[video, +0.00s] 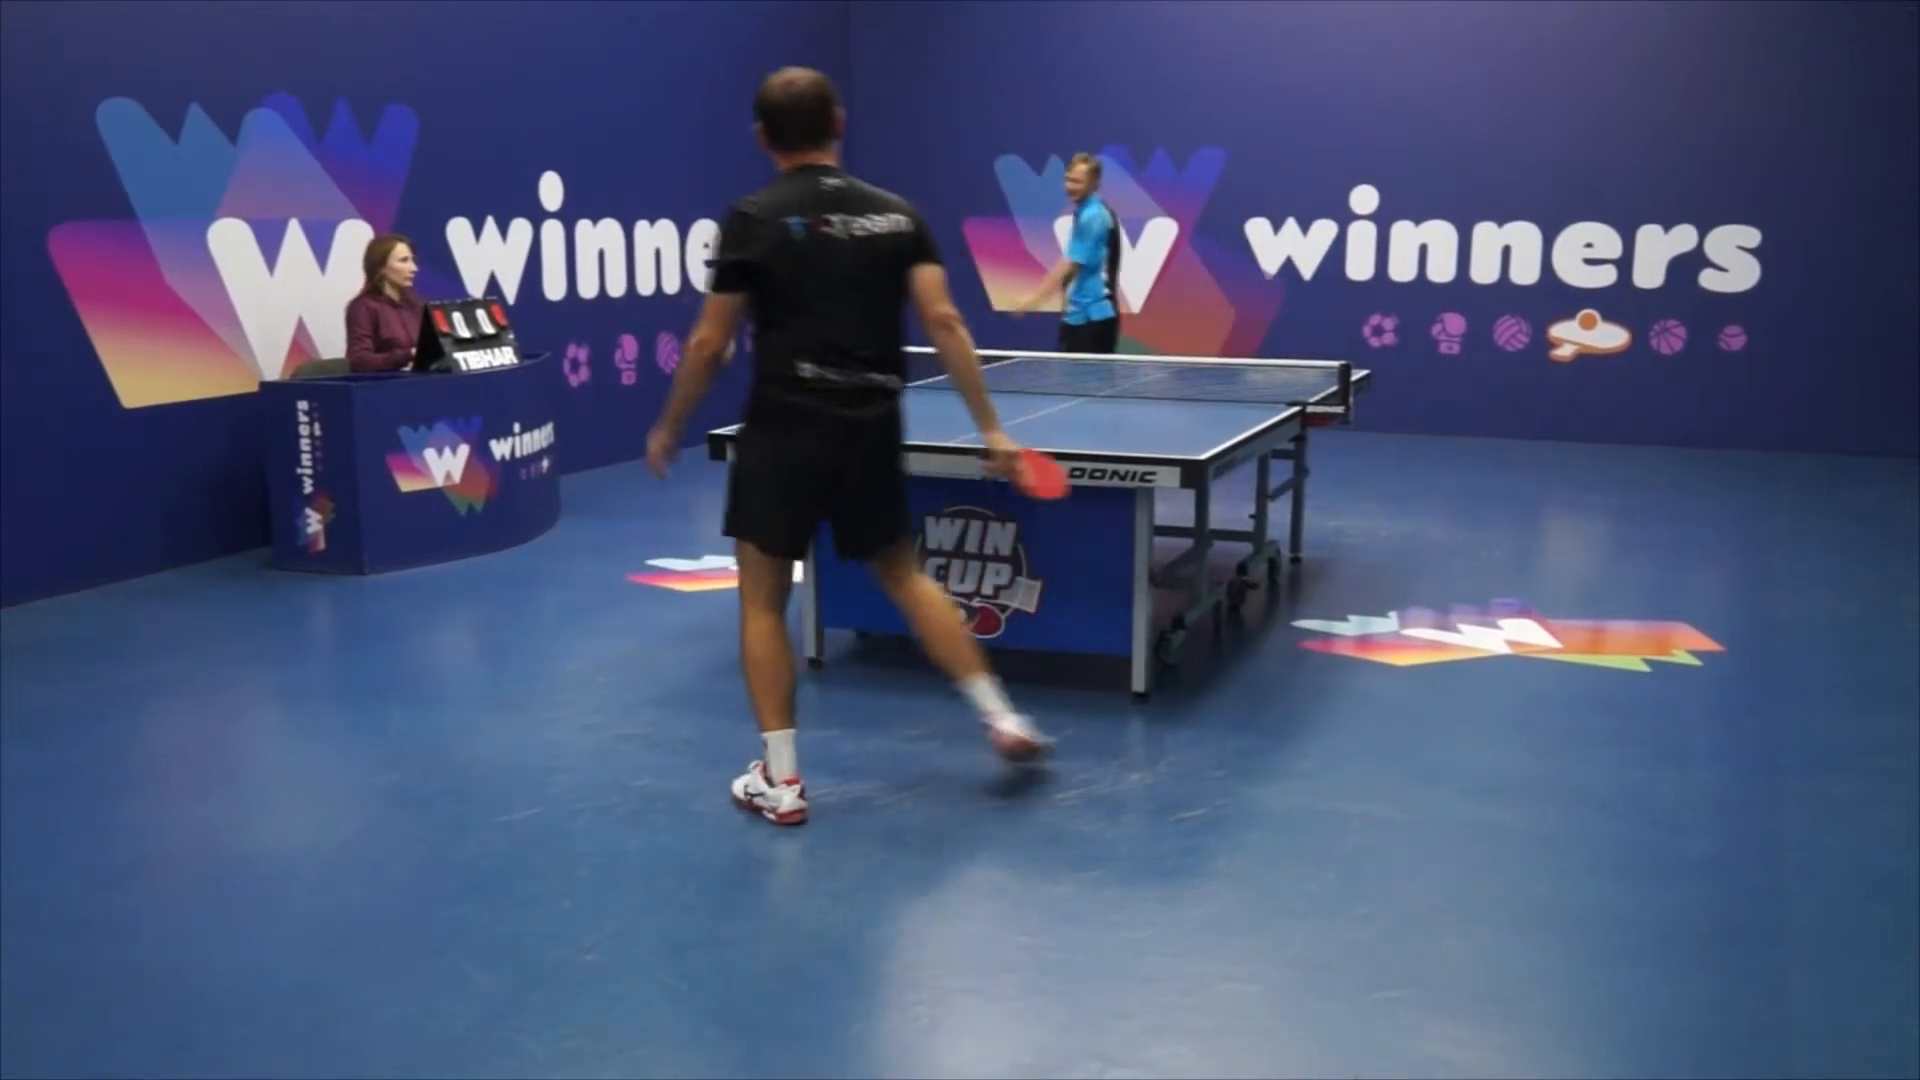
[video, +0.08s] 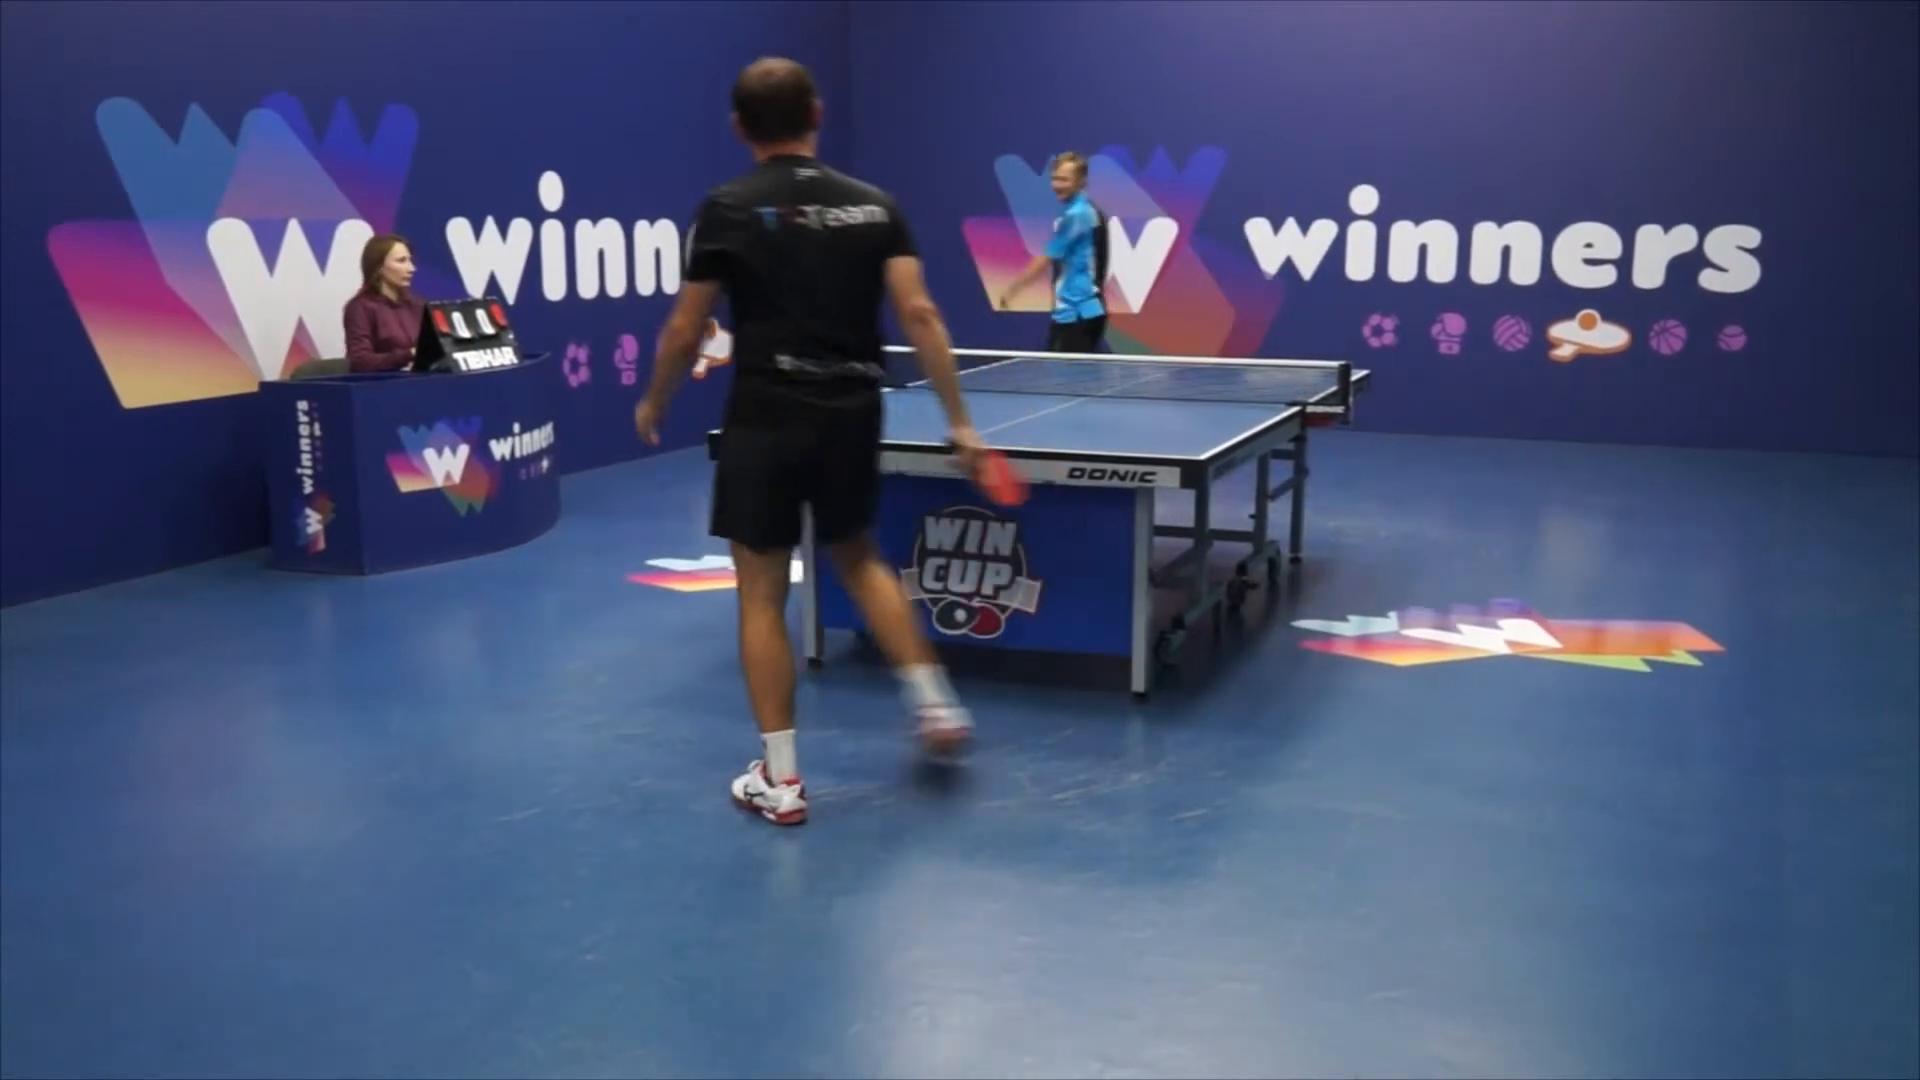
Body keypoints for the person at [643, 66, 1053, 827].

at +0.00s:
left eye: (758, 130)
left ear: (763, 137)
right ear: (837, 128)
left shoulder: (752, 222)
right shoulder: (895, 215)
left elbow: (710, 345)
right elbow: (944, 322)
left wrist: (668, 425)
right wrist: (991, 428)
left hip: (783, 440)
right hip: (872, 439)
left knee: (762, 599)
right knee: (906, 574)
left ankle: (781, 777)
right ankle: (1001, 716)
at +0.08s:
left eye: (737, 120)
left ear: (740, 127)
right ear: (815, 117)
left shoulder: (727, 211)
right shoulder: (872, 206)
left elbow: (686, 330)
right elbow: (919, 316)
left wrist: (654, 402)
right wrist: (960, 423)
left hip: (765, 428)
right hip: (851, 424)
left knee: (761, 598)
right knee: (859, 555)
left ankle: (781, 778)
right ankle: (935, 698)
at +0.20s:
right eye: (788, 105)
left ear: (714, 122)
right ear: (789, 114)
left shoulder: (693, 206)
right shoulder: (842, 202)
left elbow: (657, 323)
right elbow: (884, 316)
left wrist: (644, 379)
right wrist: (909, 424)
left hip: (743, 418)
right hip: (827, 414)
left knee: (759, 591)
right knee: (807, 551)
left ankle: (780, 775)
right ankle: (815, 705)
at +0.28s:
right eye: (773, 110)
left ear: (698, 126)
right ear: (773, 119)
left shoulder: (675, 210)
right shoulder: (823, 206)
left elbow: (642, 330)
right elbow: (865, 320)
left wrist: (639, 377)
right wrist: (873, 420)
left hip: (731, 417)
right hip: (812, 414)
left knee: (755, 597)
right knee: (770, 569)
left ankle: (782, 778)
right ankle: (754, 710)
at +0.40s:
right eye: (749, 122)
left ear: (677, 136)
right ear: (751, 131)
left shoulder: (655, 217)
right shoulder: (797, 213)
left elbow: (627, 338)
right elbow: (843, 322)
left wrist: (635, 396)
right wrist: (826, 413)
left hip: (707, 416)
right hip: (788, 414)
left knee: (742, 590)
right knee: (733, 578)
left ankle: (779, 772)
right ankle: (687, 707)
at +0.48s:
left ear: (668, 135)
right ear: (741, 133)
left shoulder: (643, 215)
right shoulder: (784, 217)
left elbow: (619, 335)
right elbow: (829, 323)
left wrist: (621, 406)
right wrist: (805, 398)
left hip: (689, 414)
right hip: (768, 411)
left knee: (723, 585)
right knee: (721, 573)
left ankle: (774, 762)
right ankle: (682, 710)